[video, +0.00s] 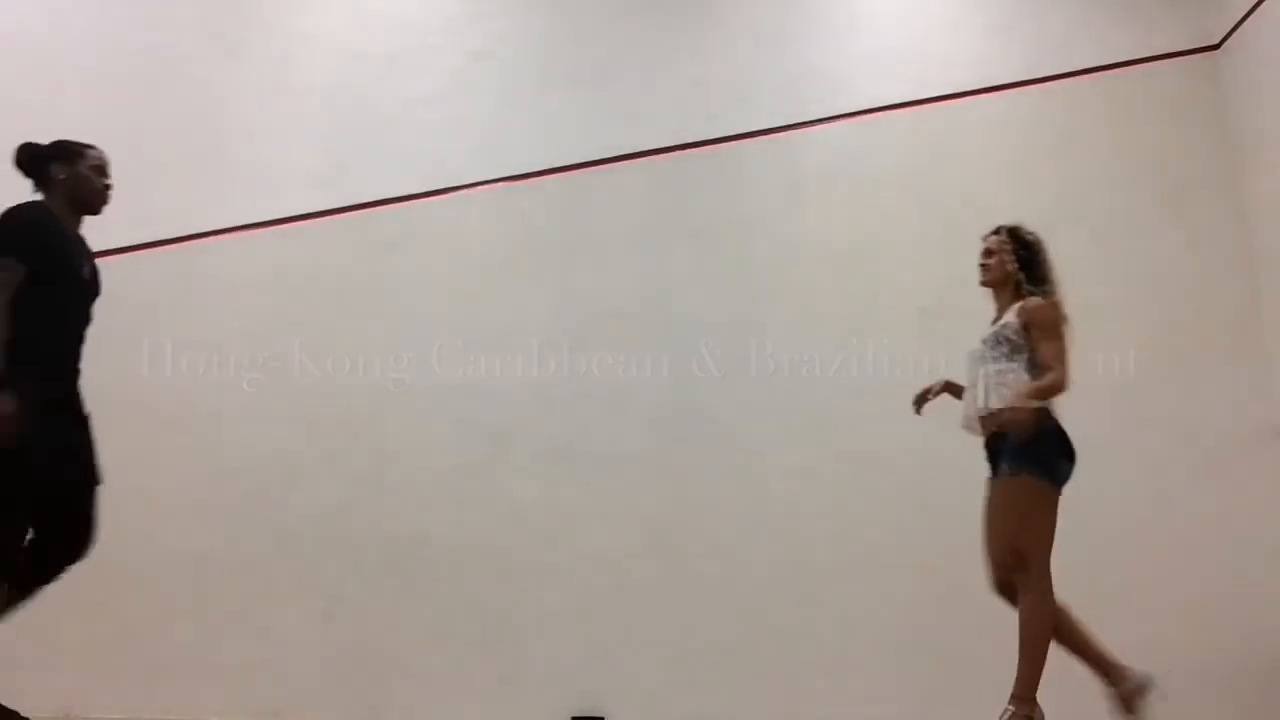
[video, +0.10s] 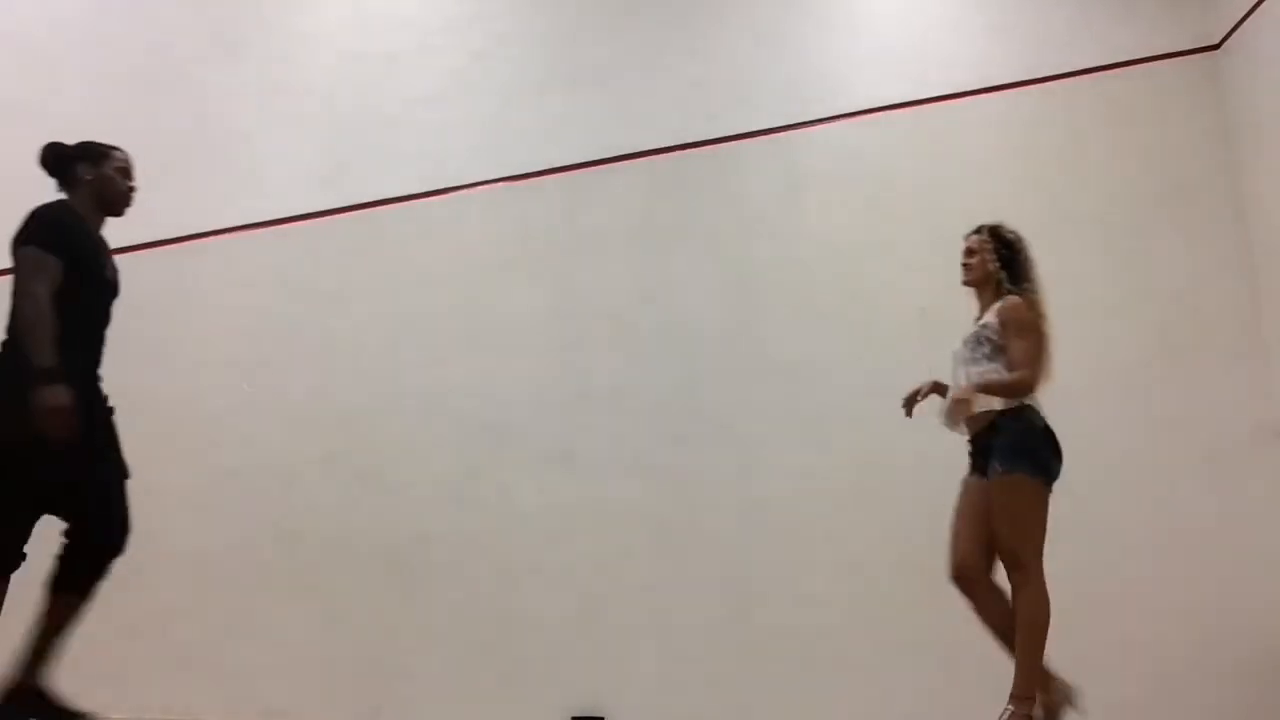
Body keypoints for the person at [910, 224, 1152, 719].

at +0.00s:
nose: (983, 261)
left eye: (993, 254)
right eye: (982, 254)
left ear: (1019, 262)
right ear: (987, 267)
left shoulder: (1036, 309)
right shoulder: (1000, 323)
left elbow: (1057, 377)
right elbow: (1000, 395)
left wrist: (1020, 398)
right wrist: (952, 388)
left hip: (1031, 443)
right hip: (1005, 447)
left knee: (1031, 574)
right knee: (1008, 578)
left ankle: (1023, 704)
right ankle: (1120, 678)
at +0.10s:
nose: (964, 261)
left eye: (974, 253)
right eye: (964, 254)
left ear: (999, 260)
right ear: (971, 265)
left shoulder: (1016, 307)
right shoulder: (984, 320)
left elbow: (1026, 378)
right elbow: (987, 388)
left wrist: (971, 391)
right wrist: (939, 389)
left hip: (1018, 441)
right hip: (987, 447)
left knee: (1023, 568)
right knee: (968, 571)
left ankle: (1024, 699)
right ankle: (1046, 683)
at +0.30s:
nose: (930, 257)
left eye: (939, 249)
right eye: (930, 250)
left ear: (963, 255)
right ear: (940, 259)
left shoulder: (977, 301)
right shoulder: (954, 311)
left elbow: (982, 373)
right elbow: (961, 377)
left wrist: (911, 367)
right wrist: (914, 388)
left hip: (992, 440)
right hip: (955, 445)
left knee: (1006, 564)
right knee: (909, 545)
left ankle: (1023, 702)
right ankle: (974, 663)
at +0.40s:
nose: (914, 253)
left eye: (922, 245)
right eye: (913, 246)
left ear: (947, 251)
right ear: (924, 257)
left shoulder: (961, 296)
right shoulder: (941, 308)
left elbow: (955, 368)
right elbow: (947, 377)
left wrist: (890, 355)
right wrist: (902, 390)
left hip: (975, 440)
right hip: (938, 445)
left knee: (996, 564)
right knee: (895, 546)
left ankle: (1021, 701)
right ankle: (936, 682)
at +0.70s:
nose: (860, 254)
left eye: (867, 246)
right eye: (861, 246)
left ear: (889, 249)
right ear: (882, 252)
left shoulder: (905, 291)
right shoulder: (886, 303)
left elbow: (905, 362)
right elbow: (888, 381)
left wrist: (855, 324)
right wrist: (844, 401)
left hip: (901, 444)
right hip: (870, 447)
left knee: (928, 570)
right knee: (861, 564)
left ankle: (1008, 691)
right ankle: (860, 693)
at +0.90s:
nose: (828, 249)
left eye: (833, 240)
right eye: (828, 241)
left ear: (855, 241)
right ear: (851, 244)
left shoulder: (881, 284)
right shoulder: (855, 296)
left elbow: (879, 351)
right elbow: (849, 374)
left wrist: (830, 309)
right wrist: (806, 387)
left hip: (865, 439)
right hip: (832, 440)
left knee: (846, 564)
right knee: (837, 567)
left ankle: (941, 679)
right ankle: (859, 695)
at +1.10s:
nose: (796, 243)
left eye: (802, 233)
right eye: (795, 234)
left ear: (826, 234)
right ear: (811, 240)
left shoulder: (851, 280)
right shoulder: (822, 293)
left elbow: (865, 352)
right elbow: (803, 377)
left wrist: (828, 340)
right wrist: (752, 359)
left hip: (838, 429)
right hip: (820, 431)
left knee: (775, 543)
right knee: (834, 561)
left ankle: (858, 665)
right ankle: (858, 691)